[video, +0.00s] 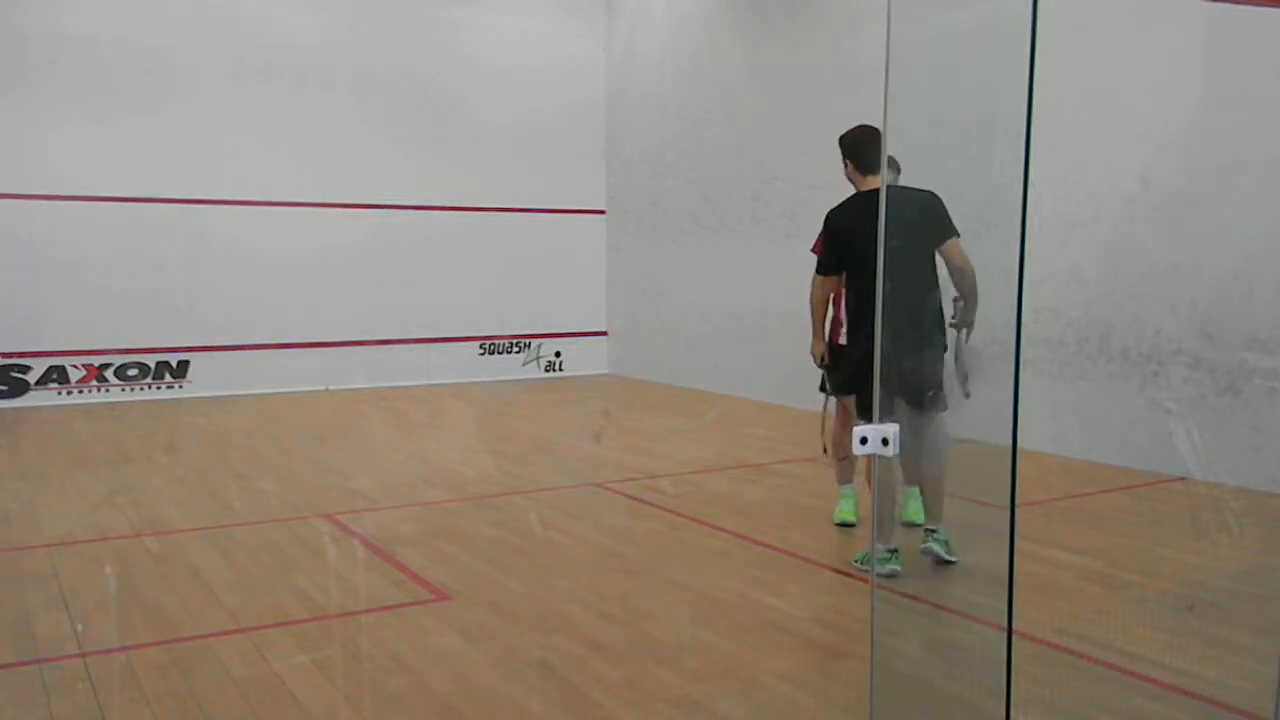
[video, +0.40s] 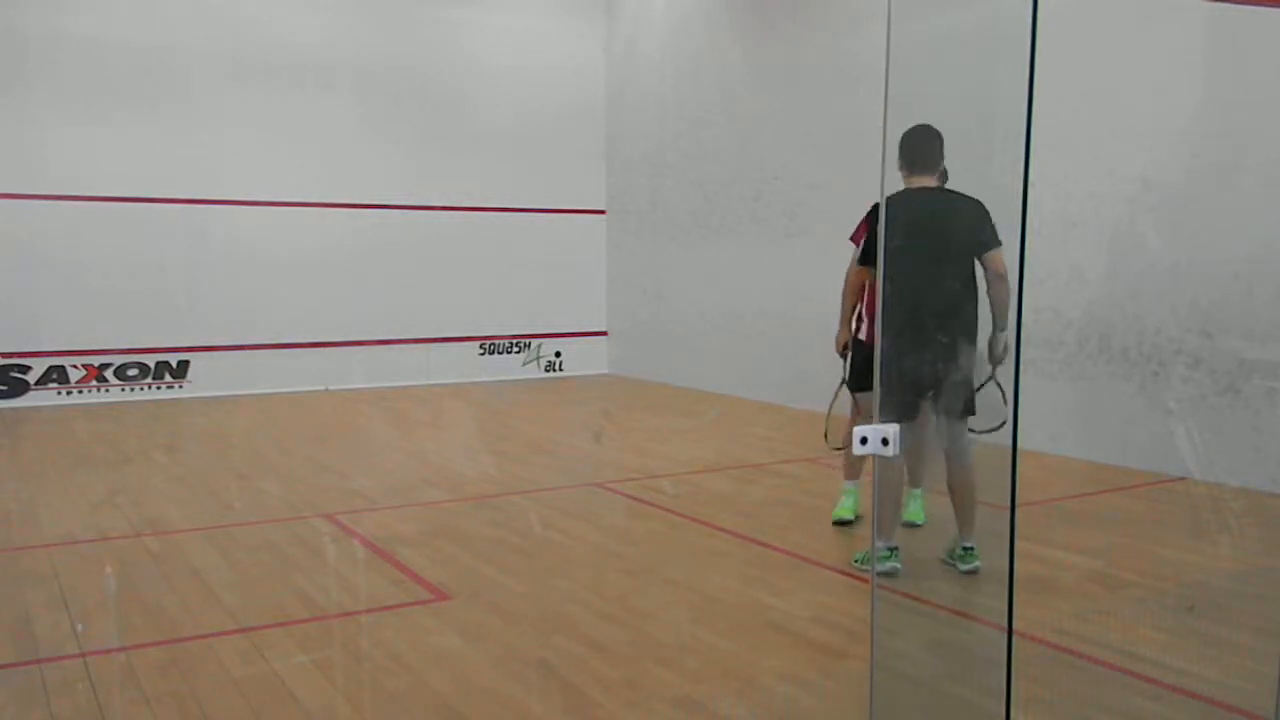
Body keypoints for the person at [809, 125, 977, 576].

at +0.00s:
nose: (842, 169)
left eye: (842, 164)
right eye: (847, 161)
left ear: (848, 166)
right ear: (885, 158)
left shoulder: (841, 218)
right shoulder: (925, 203)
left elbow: (822, 288)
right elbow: (961, 267)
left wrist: (818, 338)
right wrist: (970, 307)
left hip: (870, 349)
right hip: (923, 345)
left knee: (879, 444)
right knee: (928, 435)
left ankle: (885, 550)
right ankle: (936, 532)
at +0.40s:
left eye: (907, 161)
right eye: (937, 160)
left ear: (900, 164)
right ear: (943, 163)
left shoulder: (885, 213)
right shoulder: (970, 210)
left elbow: (858, 276)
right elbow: (997, 273)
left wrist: (845, 325)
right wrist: (1001, 330)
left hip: (900, 344)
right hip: (956, 344)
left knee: (891, 441)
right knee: (957, 441)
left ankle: (884, 547)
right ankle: (966, 544)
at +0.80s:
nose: (947, 163)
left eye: (943, 156)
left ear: (940, 159)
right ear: (981, 162)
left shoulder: (922, 206)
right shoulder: (1001, 213)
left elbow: (891, 270)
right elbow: (1032, 279)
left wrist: (925, 261)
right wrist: (1025, 338)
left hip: (932, 340)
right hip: (981, 342)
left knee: (920, 436)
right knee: (968, 437)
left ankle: (938, 551)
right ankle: (968, 547)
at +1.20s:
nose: (925, 159)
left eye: (932, 150)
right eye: (927, 149)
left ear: (954, 156)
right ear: (961, 157)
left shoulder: (971, 208)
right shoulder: (968, 206)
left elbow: (972, 277)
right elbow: (973, 278)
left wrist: (922, 298)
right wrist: (925, 298)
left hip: (967, 352)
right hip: (960, 348)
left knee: (953, 451)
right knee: (949, 448)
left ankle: (977, 568)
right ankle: (966, 545)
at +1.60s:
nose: (965, 151)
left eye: (976, 143)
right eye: (956, 140)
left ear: (990, 150)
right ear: (940, 144)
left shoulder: (1007, 210)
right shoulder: (924, 204)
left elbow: (1044, 280)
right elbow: (913, 275)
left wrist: (982, 302)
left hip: (978, 354)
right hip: (922, 347)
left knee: (973, 458)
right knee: (908, 454)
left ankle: (980, 571)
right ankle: (899, 576)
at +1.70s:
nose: (968, 150)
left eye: (978, 142)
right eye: (958, 141)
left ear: (989, 149)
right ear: (937, 145)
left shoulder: (1009, 212)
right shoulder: (911, 208)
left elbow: (1033, 281)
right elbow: (894, 281)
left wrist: (992, 315)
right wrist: (879, 334)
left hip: (978, 357)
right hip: (918, 351)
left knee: (971, 457)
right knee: (910, 464)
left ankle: (978, 571)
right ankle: (904, 587)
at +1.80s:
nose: (967, 150)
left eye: (975, 142)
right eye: (956, 140)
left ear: (984, 149)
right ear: (931, 145)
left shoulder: (1002, 212)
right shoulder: (900, 212)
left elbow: (1021, 287)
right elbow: (876, 285)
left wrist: (992, 329)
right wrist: (856, 349)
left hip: (972, 361)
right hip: (911, 359)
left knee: (966, 466)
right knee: (915, 476)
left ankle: (974, 570)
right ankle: (913, 599)